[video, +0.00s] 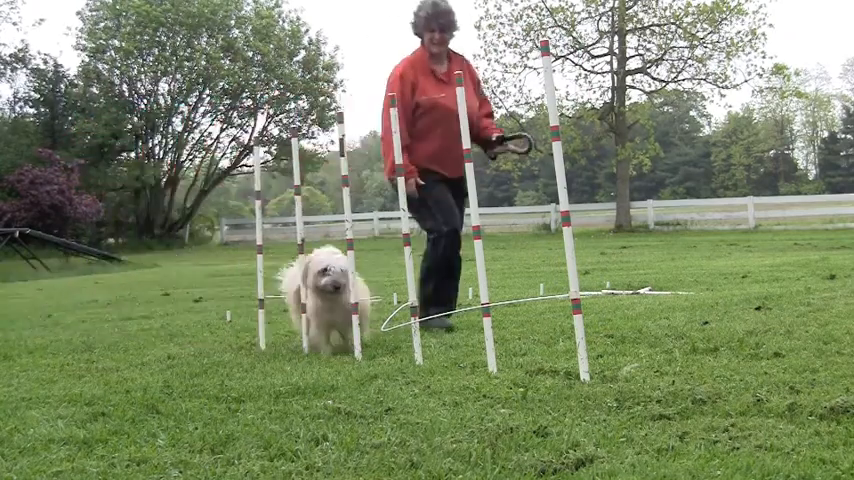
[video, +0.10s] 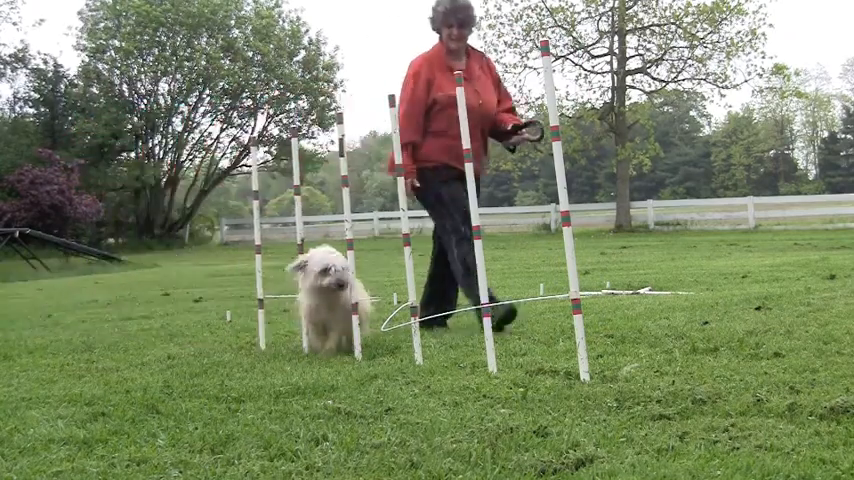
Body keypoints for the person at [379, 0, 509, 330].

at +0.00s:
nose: (437, 36)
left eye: (443, 30)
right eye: (431, 31)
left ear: (451, 32)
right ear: (420, 33)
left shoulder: (464, 68)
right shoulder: (405, 73)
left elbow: (480, 112)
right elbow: (393, 126)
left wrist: (492, 138)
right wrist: (402, 171)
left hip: (455, 171)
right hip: (420, 172)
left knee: (451, 240)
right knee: (446, 230)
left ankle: (441, 313)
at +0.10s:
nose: (455, 32)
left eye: (461, 26)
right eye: (448, 26)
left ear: (470, 27)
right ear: (437, 27)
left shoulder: (483, 65)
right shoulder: (423, 67)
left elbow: (499, 111)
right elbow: (408, 121)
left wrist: (512, 126)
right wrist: (407, 169)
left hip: (470, 168)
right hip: (433, 167)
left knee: (451, 240)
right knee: (458, 232)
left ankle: (433, 316)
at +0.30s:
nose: (483, 26)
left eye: (489, 20)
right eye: (476, 20)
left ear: (499, 22)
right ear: (466, 24)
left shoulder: (514, 59)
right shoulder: (457, 63)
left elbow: (535, 103)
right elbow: (439, 118)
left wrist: (544, 128)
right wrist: (427, 166)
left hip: (508, 170)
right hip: (467, 170)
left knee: (501, 240)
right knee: (500, 238)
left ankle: (455, 299)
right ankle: (514, 320)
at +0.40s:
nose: (499, 17)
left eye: (506, 9)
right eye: (492, 11)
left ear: (516, 10)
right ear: (481, 14)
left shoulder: (532, 50)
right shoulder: (470, 56)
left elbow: (552, 97)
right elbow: (455, 116)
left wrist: (560, 122)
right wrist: (450, 166)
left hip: (526, 168)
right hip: (486, 171)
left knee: (539, 238)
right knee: (503, 245)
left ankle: (494, 293)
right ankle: (512, 321)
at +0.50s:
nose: (517, 6)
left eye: (523, 0)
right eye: (509, 1)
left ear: (534, 4)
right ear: (498, 6)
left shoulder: (550, 43)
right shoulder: (485, 49)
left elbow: (569, 92)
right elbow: (473, 108)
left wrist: (577, 122)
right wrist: (479, 156)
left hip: (545, 164)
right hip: (501, 168)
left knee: (566, 225)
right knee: (504, 246)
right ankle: (512, 320)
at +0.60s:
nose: (532, 6)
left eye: (539, 0)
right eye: (525, 1)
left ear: (550, 3)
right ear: (515, 4)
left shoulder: (568, 42)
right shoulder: (501, 47)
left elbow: (585, 91)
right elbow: (489, 106)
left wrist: (596, 124)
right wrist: (501, 153)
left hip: (564, 160)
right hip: (513, 163)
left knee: (584, 233)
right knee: (508, 247)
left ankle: (609, 311)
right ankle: (514, 323)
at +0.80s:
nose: (569, 2)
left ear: (589, 1)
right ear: (552, 2)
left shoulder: (610, 39)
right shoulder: (539, 43)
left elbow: (627, 93)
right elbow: (525, 104)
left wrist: (637, 124)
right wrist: (529, 156)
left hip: (607, 164)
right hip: (554, 165)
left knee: (619, 244)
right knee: (543, 247)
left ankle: (624, 322)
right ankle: (525, 319)